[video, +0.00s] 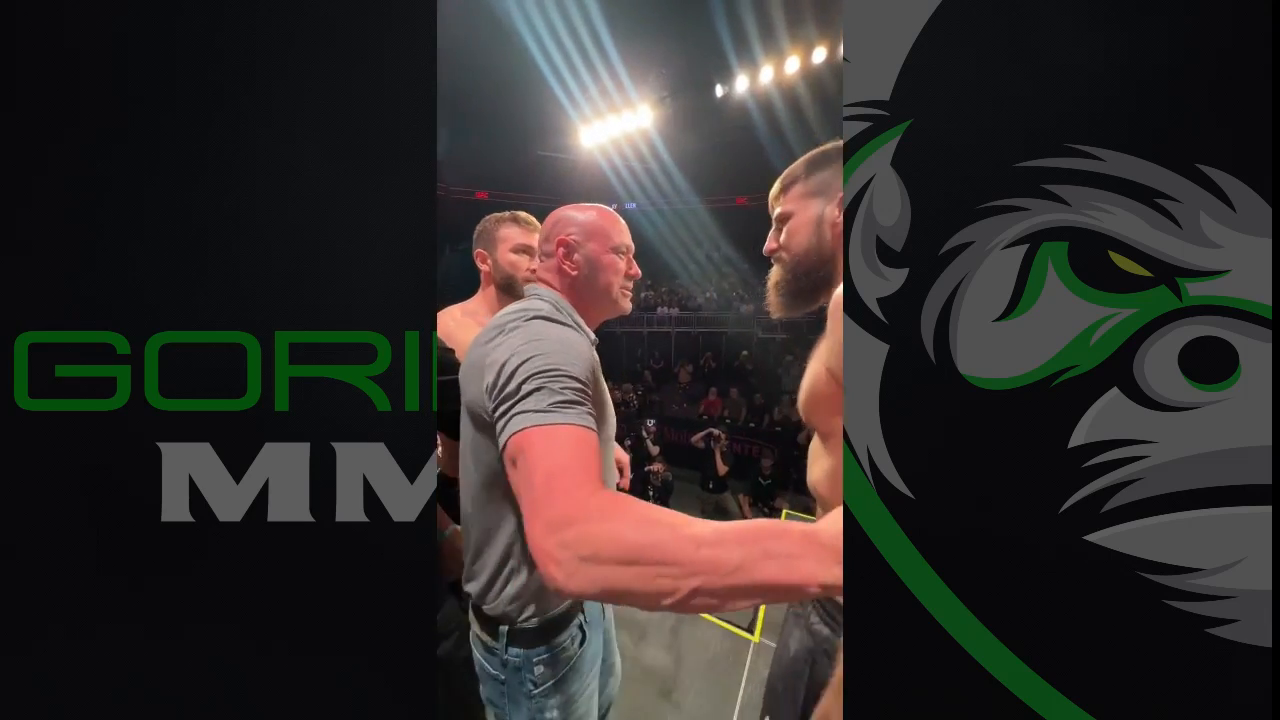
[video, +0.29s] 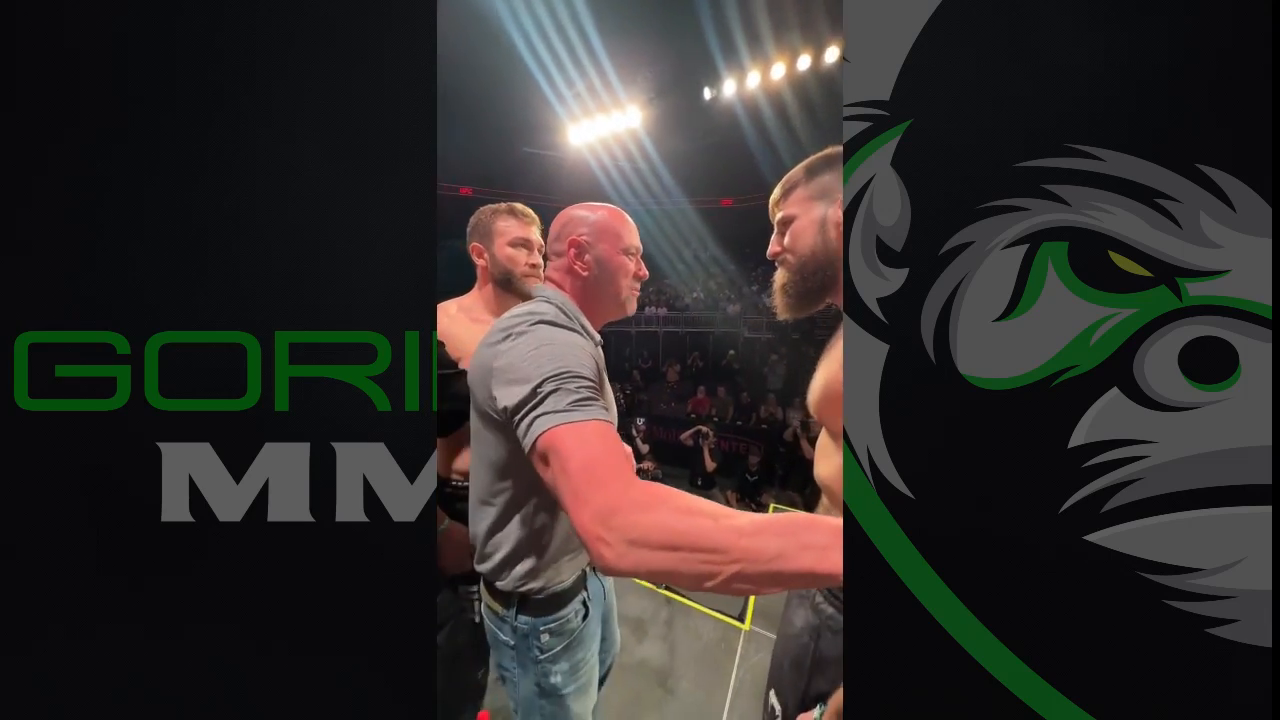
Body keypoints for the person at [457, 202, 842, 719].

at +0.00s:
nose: (637, 269)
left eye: (633, 256)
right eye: (621, 253)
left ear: (567, 256)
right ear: (567, 254)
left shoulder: (551, 331)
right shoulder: (538, 341)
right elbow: (574, 541)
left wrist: (598, 449)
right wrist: (823, 553)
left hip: (579, 616)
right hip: (536, 649)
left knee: (600, 703)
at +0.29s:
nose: (644, 270)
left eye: (641, 256)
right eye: (631, 254)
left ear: (581, 259)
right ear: (579, 256)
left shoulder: (568, 333)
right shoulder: (538, 339)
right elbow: (619, 526)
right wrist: (848, 544)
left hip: (584, 582)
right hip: (540, 611)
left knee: (590, 685)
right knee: (557, 712)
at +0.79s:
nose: (665, 285)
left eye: (664, 271)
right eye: (655, 269)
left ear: (607, 265)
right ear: (610, 262)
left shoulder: (572, 327)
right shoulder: (577, 341)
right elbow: (633, 501)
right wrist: (816, 509)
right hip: (559, 563)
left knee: (565, 666)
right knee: (565, 703)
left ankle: (574, 708)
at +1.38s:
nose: (611, 279)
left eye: (611, 267)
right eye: (602, 266)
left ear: (554, 264)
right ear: (558, 262)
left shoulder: (523, 320)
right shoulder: (549, 334)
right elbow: (640, 441)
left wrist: (639, 450)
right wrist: (764, 448)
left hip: (519, 528)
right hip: (544, 539)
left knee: (524, 643)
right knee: (586, 690)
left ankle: (519, 711)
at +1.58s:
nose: (590, 270)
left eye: (588, 259)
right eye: (578, 258)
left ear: (530, 262)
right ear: (532, 259)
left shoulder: (502, 318)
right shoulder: (530, 331)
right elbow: (626, 436)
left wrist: (610, 438)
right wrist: (746, 447)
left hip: (498, 527)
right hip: (525, 537)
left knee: (496, 646)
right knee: (560, 692)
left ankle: (492, 713)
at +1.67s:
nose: (583, 269)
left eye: (581, 258)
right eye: (572, 257)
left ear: (524, 260)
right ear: (525, 258)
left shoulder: (498, 318)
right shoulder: (523, 331)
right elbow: (620, 435)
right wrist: (741, 452)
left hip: (493, 528)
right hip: (517, 539)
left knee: (489, 645)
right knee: (551, 693)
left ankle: (480, 713)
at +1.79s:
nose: (569, 266)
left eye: (567, 254)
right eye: (557, 254)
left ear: (510, 257)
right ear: (510, 256)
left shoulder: (485, 316)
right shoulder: (510, 332)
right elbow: (609, 435)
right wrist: (736, 452)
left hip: (482, 529)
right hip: (507, 540)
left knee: (474, 640)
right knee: (540, 691)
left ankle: (457, 713)